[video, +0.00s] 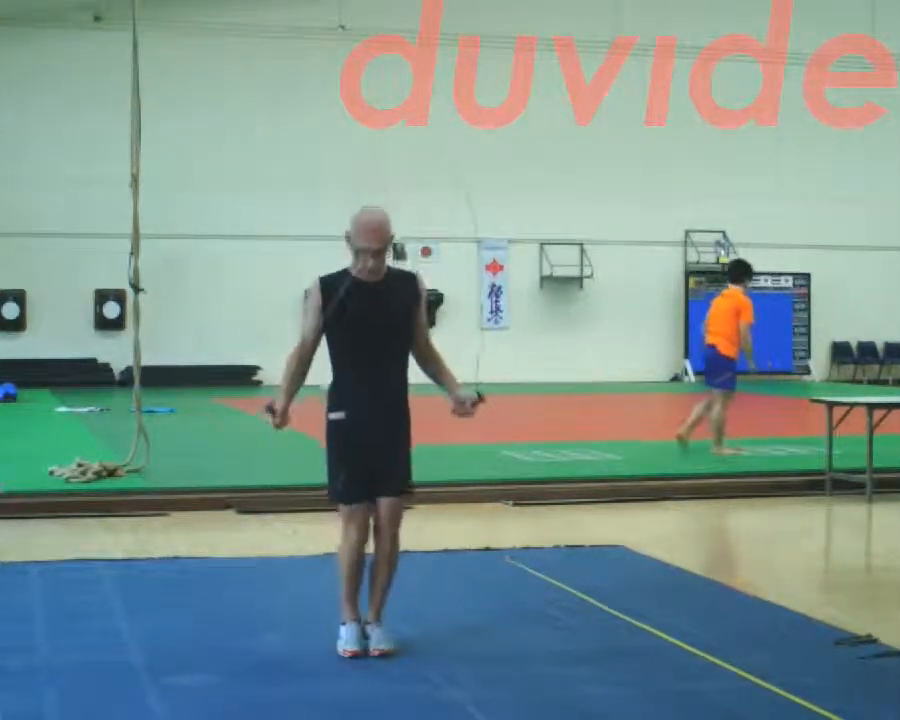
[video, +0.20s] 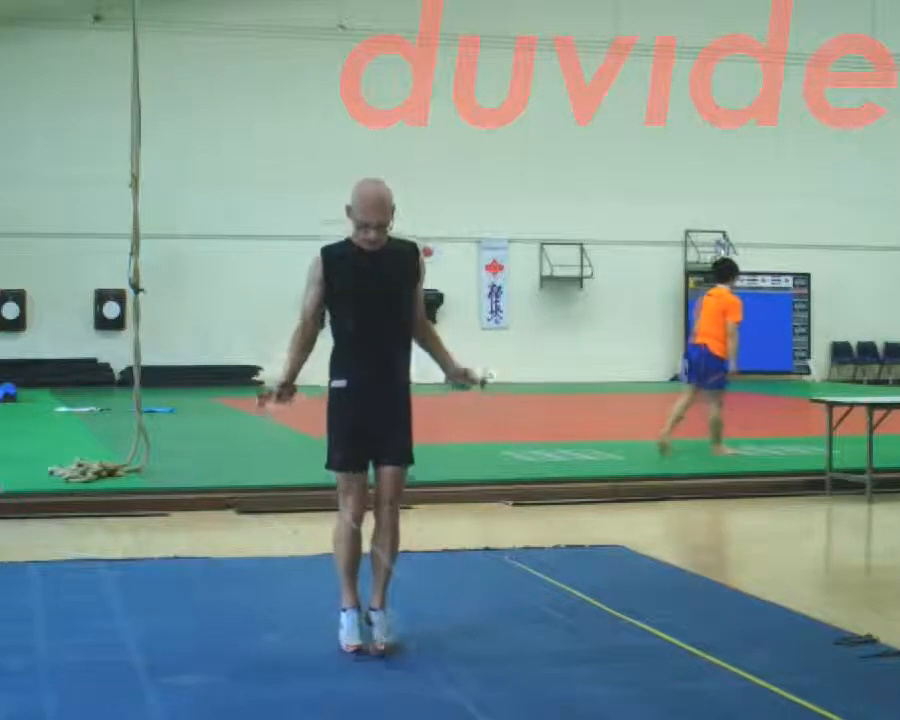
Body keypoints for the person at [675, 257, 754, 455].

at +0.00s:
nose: (750, 282)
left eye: (749, 278)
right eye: (749, 278)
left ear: (729, 277)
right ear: (746, 279)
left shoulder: (719, 298)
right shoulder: (743, 301)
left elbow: (706, 324)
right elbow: (744, 331)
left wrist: (710, 342)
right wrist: (750, 357)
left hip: (711, 348)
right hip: (725, 351)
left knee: (714, 395)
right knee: (721, 398)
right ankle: (718, 444)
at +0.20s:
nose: (736, 279)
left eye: (734, 276)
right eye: (736, 276)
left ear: (716, 276)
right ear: (733, 277)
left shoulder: (706, 297)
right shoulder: (732, 301)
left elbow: (697, 324)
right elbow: (732, 333)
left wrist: (695, 344)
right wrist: (733, 362)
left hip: (695, 348)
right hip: (714, 352)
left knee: (691, 392)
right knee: (716, 400)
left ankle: (666, 433)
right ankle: (717, 444)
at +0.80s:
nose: (742, 280)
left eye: (742, 276)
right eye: (742, 277)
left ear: (722, 274)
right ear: (738, 277)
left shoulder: (711, 294)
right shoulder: (735, 300)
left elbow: (693, 316)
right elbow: (737, 330)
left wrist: (708, 329)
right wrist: (746, 359)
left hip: (705, 348)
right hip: (721, 351)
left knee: (710, 396)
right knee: (719, 401)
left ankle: (688, 428)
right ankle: (713, 445)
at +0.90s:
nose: (746, 281)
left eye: (746, 277)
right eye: (746, 277)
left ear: (727, 275)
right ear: (743, 277)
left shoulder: (715, 295)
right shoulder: (739, 299)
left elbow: (695, 316)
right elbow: (745, 330)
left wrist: (711, 329)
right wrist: (756, 357)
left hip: (711, 347)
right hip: (725, 350)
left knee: (728, 394)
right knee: (720, 397)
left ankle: (713, 439)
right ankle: (712, 444)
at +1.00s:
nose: (751, 282)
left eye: (752, 278)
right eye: (751, 278)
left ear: (733, 275)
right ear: (746, 277)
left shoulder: (721, 294)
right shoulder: (744, 299)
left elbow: (705, 319)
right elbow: (750, 330)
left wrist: (719, 333)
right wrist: (762, 355)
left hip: (717, 348)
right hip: (731, 350)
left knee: (734, 397)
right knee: (723, 399)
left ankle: (729, 441)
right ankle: (713, 444)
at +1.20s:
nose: (762, 285)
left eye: (763, 281)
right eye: (762, 280)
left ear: (744, 278)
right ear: (758, 279)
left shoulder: (735, 299)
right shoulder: (755, 301)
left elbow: (722, 329)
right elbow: (761, 329)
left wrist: (735, 341)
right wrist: (773, 356)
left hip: (736, 353)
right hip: (748, 355)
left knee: (749, 402)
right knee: (739, 401)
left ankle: (759, 443)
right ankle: (715, 442)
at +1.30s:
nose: (769, 281)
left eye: (769, 277)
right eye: (769, 277)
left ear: (751, 276)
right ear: (764, 277)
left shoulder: (742, 297)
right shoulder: (760, 298)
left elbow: (733, 327)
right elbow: (765, 328)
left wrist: (743, 344)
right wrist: (773, 356)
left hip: (743, 352)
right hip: (757, 354)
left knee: (752, 399)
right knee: (762, 398)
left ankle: (758, 442)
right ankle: (728, 432)